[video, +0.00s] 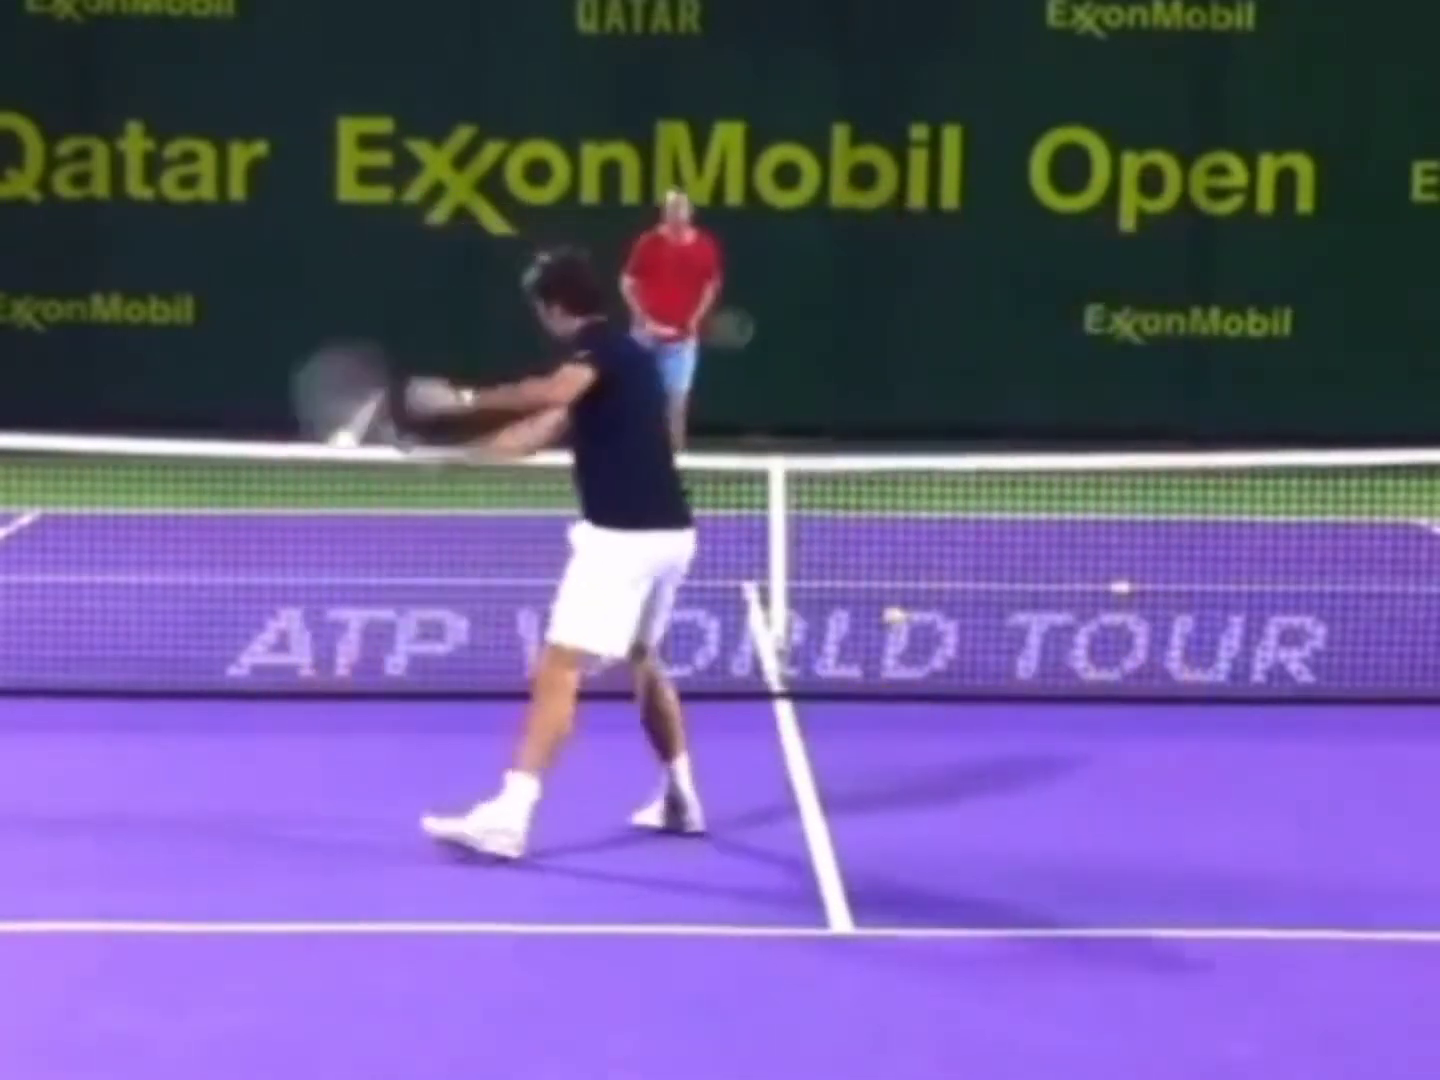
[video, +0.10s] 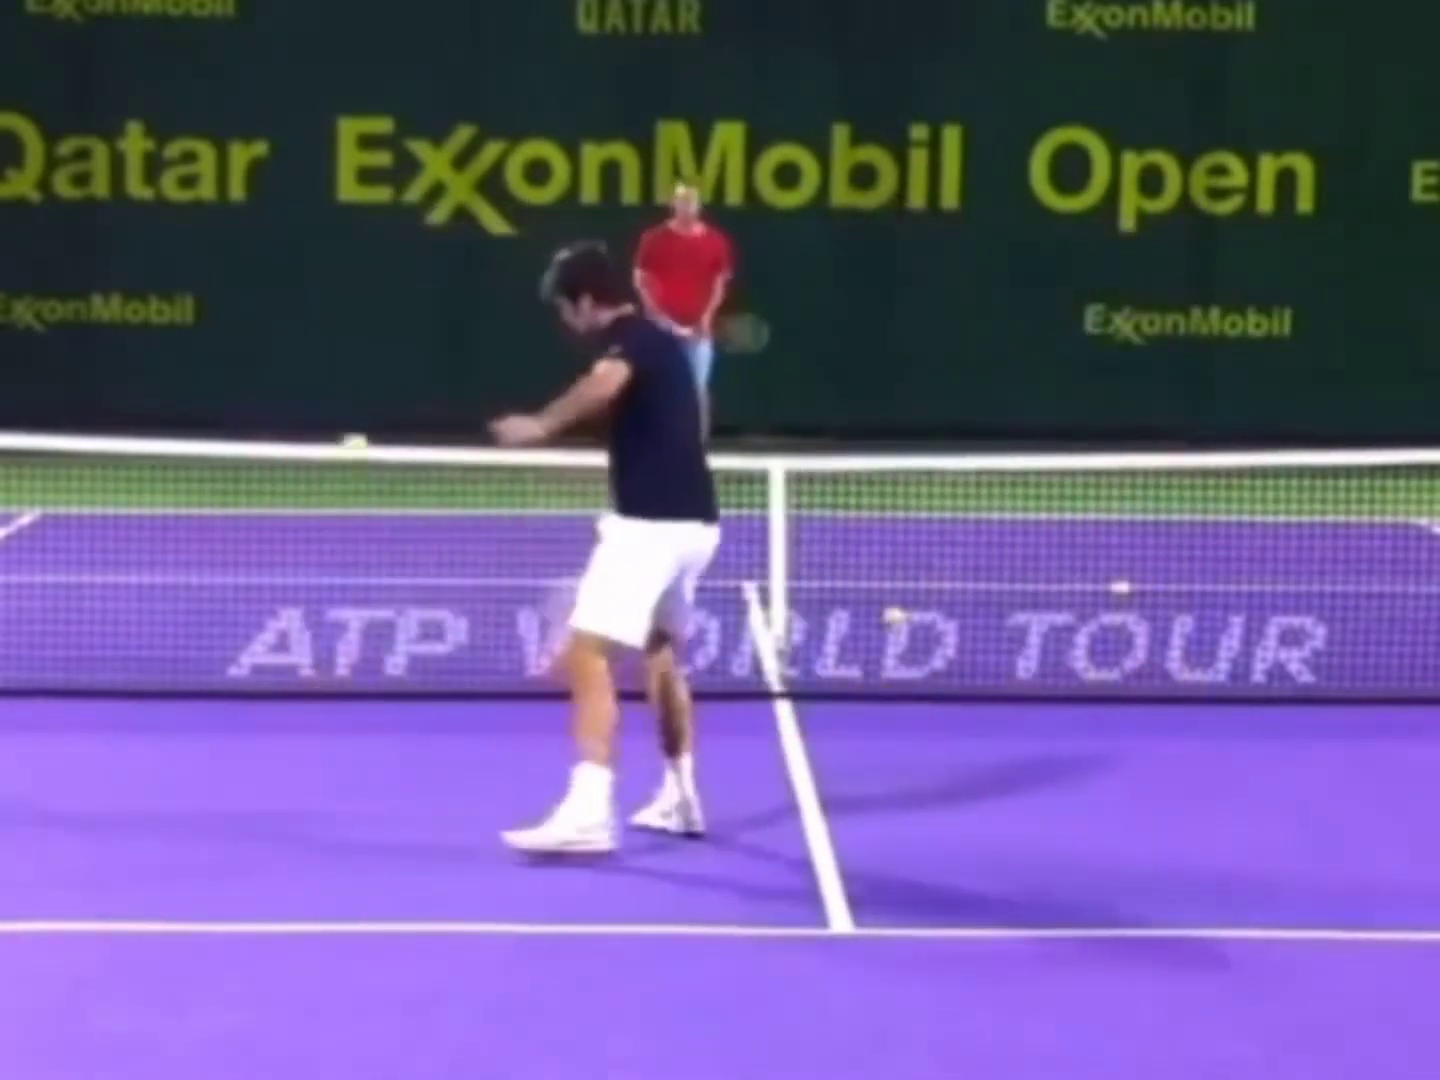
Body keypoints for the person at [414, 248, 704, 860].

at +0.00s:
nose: (541, 318)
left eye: (542, 306)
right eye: (541, 306)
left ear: (558, 304)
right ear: (597, 295)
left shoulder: (595, 350)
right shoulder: (630, 354)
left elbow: (552, 394)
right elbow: (543, 428)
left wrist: (463, 401)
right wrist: (464, 444)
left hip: (618, 535)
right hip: (670, 533)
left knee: (559, 666)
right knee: (645, 663)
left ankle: (512, 810)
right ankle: (681, 793)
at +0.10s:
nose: (567, 325)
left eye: (566, 311)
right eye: (563, 313)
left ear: (589, 300)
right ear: (619, 293)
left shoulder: (629, 338)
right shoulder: (668, 342)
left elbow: (604, 383)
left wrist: (542, 423)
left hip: (648, 521)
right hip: (693, 520)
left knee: (585, 652)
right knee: (661, 653)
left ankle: (589, 801)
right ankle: (682, 789)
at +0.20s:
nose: (588, 308)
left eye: (589, 295)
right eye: (586, 295)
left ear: (610, 288)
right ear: (639, 282)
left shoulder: (647, 334)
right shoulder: (701, 333)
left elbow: (650, 377)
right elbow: (778, 391)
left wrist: (635, 420)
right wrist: (831, 445)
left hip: (669, 515)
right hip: (712, 515)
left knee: (621, 651)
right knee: (668, 653)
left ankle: (693, 777)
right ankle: (691, 780)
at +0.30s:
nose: (627, 299)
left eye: (629, 286)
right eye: (626, 287)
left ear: (648, 283)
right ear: (685, 279)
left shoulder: (668, 333)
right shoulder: (737, 325)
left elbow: (676, 380)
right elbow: (825, 345)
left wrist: (672, 436)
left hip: (691, 519)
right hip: (736, 516)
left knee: (661, 652)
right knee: (696, 657)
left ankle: (774, 769)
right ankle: (684, 790)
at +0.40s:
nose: (664, 300)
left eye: (666, 288)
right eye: (664, 288)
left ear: (681, 285)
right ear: (728, 281)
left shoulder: (686, 339)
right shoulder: (773, 327)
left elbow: (676, 412)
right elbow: (863, 341)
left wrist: (657, 492)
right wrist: (956, 380)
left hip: (719, 521)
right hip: (775, 518)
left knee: (720, 663)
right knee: (740, 662)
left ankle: (823, 797)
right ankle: (693, 792)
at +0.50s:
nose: (694, 298)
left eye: (695, 289)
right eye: (696, 289)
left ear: (704, 290)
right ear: (761, 286)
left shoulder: (702, 354)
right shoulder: (799, 334)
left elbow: (666, 440)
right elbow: (892, 358)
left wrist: (621, 526)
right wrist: (970, 404)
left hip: (752, 533)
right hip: (816, 529)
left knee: (768, 675)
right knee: (772, 670)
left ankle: (834, 815)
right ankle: (729, 792)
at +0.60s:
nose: (714, 278)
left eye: (718, 268)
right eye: (718, 266)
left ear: (732, 274)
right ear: (784, 271)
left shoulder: (716, 335)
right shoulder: (818, 321)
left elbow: (675, 425)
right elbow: (913, 363)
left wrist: (654, 485)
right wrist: (960, 422)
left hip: (767, 517)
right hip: (834, 513)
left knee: (784, 660)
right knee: (814, 656)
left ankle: (835, 803)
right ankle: (795, 781)